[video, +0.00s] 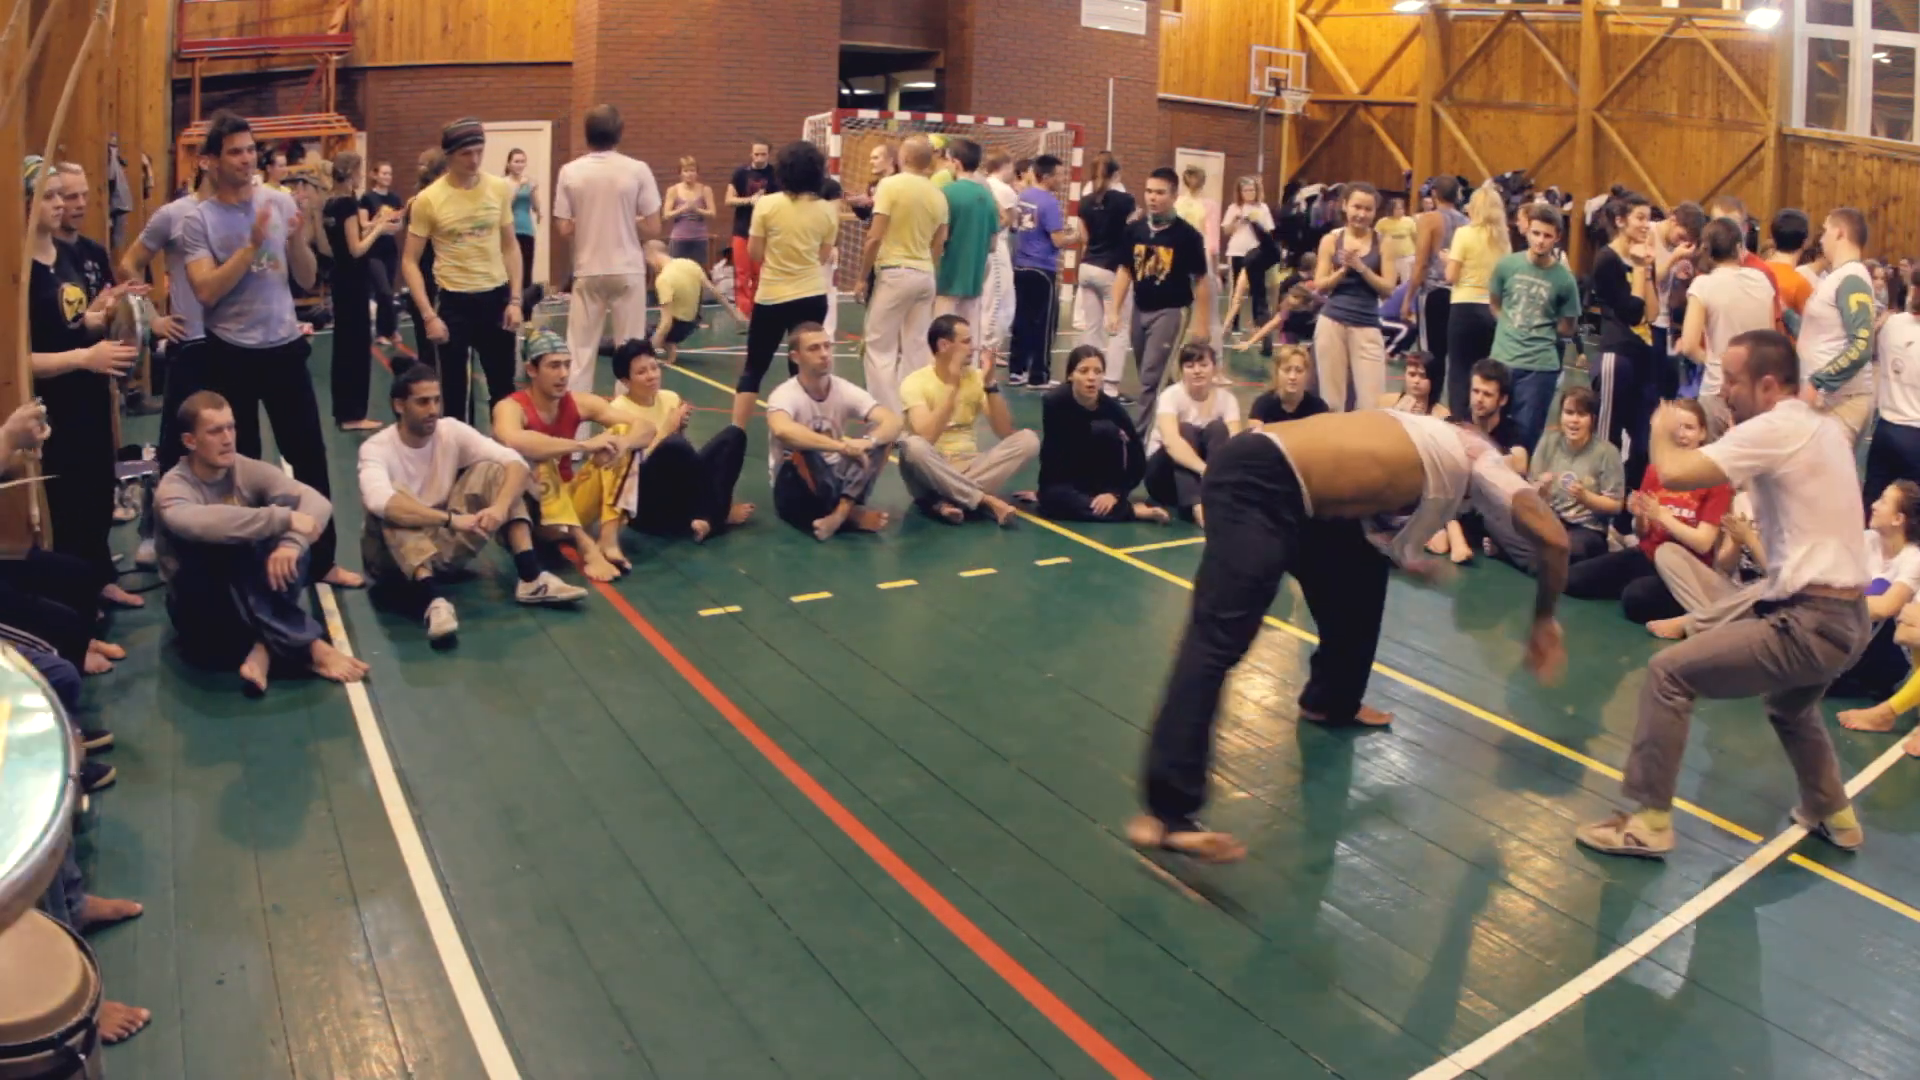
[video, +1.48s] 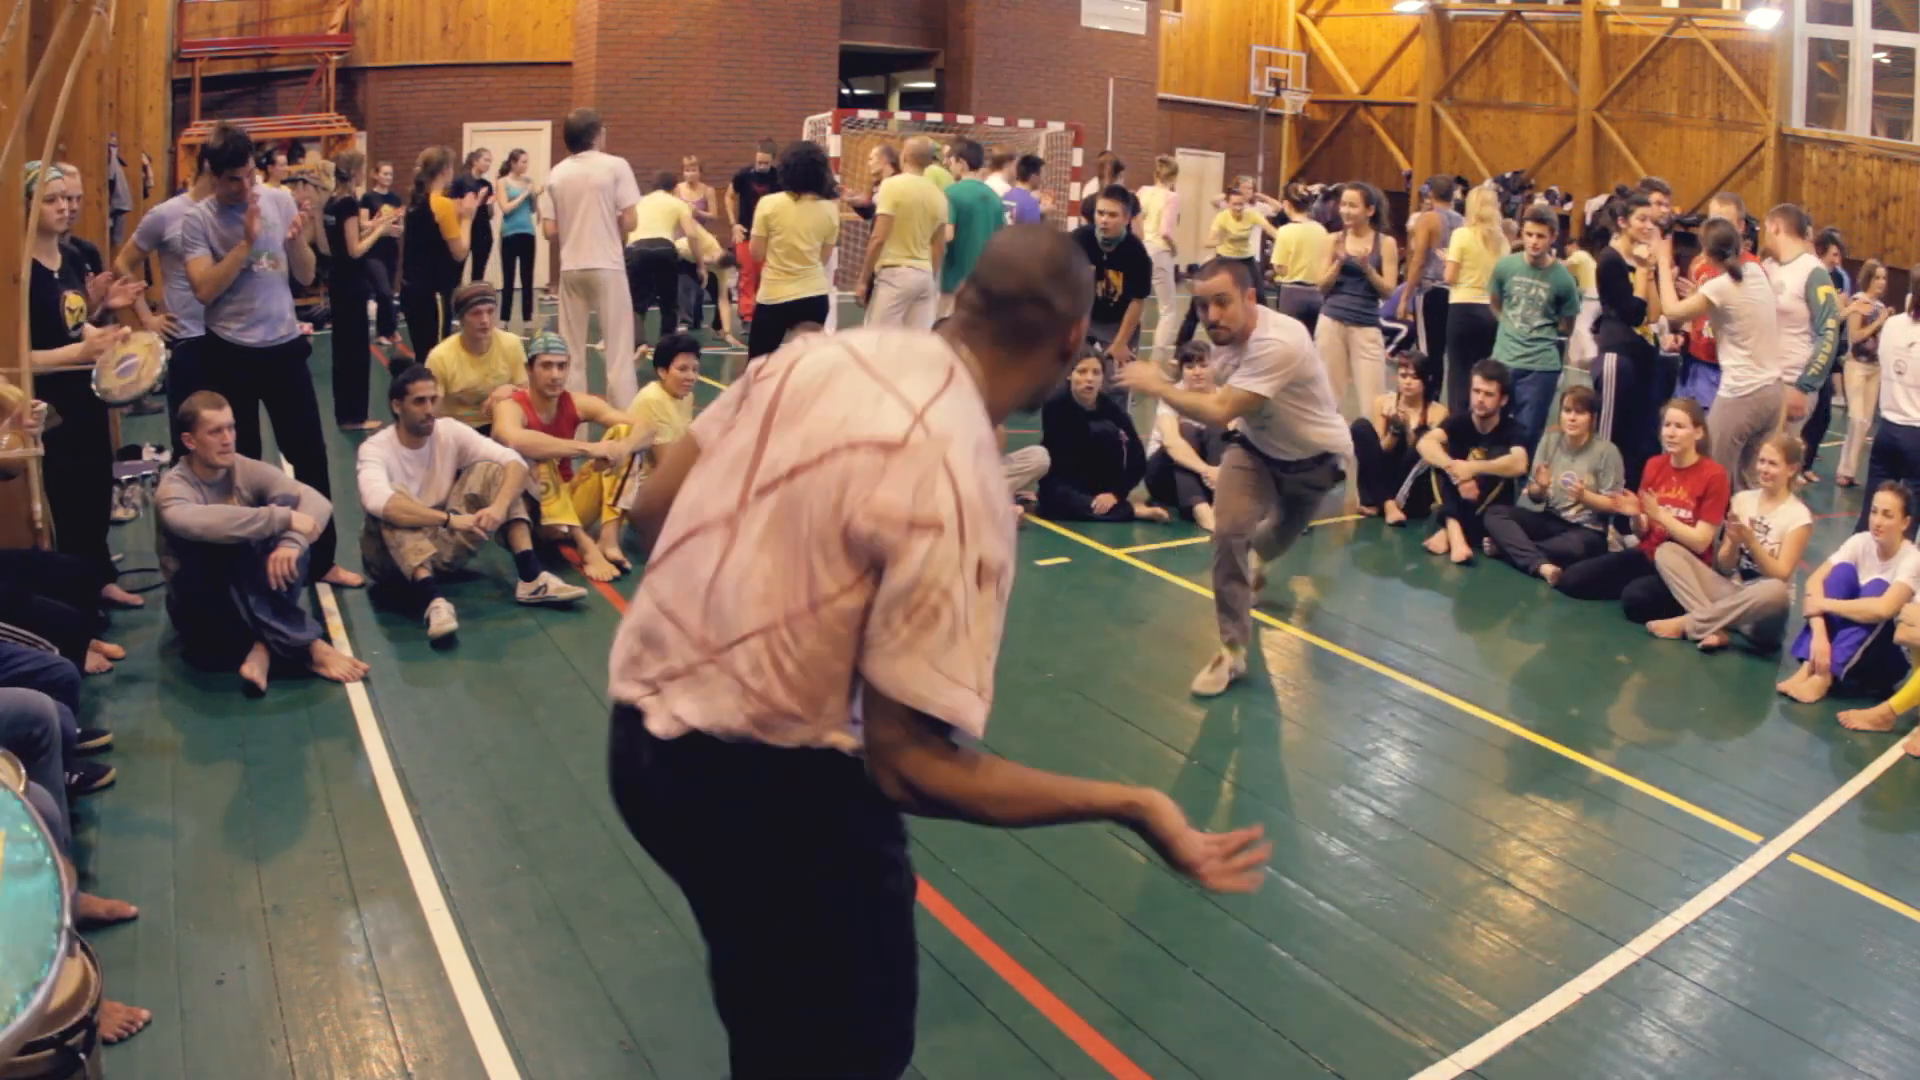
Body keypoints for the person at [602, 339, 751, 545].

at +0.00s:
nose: (651, 376)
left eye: (654, 368)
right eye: (642, 372)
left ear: (660, 369)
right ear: (625, 381)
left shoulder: (670, 399)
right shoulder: (617, 412)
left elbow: (684, 450)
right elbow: (632, 466)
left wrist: (680, 429)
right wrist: (667, 431)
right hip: (647, 512)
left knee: (734, 434)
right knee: (674, 447)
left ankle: (706, 517)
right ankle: (721, 511)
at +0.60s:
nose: (671, 374)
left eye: (675, 368)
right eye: (663, 368)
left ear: (680, 371)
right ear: (643, 375)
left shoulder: (685, 397)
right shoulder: (630, 408)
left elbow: (686, 447)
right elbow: (639, 463)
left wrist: (701, 437)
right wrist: (682, 440)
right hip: (649, 512)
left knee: (740, 438)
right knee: (675, 460)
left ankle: (708, 517)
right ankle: (721, 513)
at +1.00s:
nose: (681, 379)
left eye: (686, 373)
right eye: (673, 372)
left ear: (691, 376)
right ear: (654, 375)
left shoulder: (687, 400)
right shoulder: (641, 403)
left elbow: (684, 444)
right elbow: (649, 460)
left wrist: (708, 442)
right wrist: (699, 443)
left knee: (741, 439)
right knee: (674, 467)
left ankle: (710, 517)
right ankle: (722, 515)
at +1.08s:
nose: (683, 379)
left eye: (688, 373)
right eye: (675, 371)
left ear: (692, 375)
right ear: (656, 373)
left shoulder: (686, 400)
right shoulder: (643, 402)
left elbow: (685, 449)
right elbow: (653, 458)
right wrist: (710, 449)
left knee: (741, 439)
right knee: (672, 469)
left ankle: (710, 517)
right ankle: (722, 513)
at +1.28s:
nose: (691, 375)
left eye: (696, 369)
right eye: (684, 367)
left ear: (701, 372)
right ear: (664, 368)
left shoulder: (686, 395)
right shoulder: (650, 396)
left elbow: (684, 447)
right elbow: (663, 456)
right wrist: (720, 466)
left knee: (737, 435)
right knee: (671, 470)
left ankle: (711, 515)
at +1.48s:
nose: (690, 377)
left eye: (694, 370)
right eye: (682, 369)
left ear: (698, 371)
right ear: (662, 371)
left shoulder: (686, 396)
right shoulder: (651, 399)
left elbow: (684, 442)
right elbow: (662, 458)